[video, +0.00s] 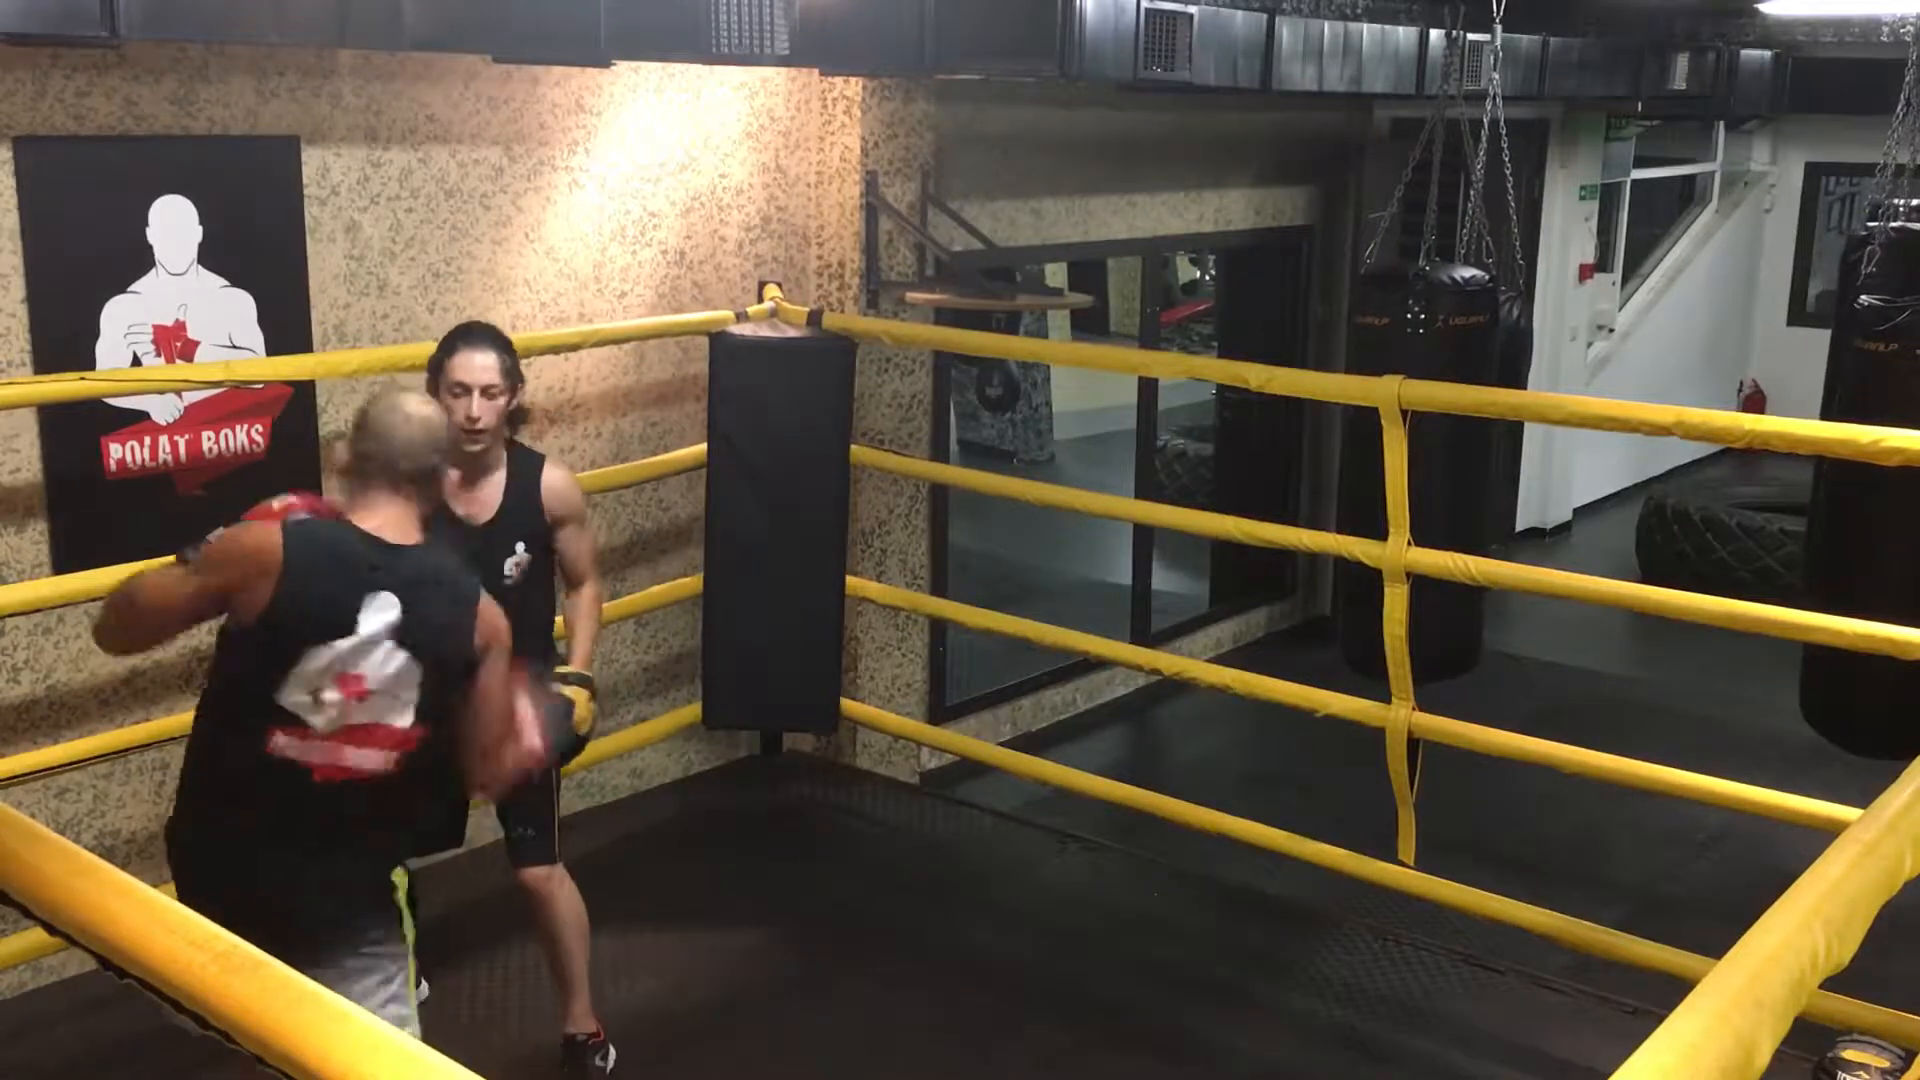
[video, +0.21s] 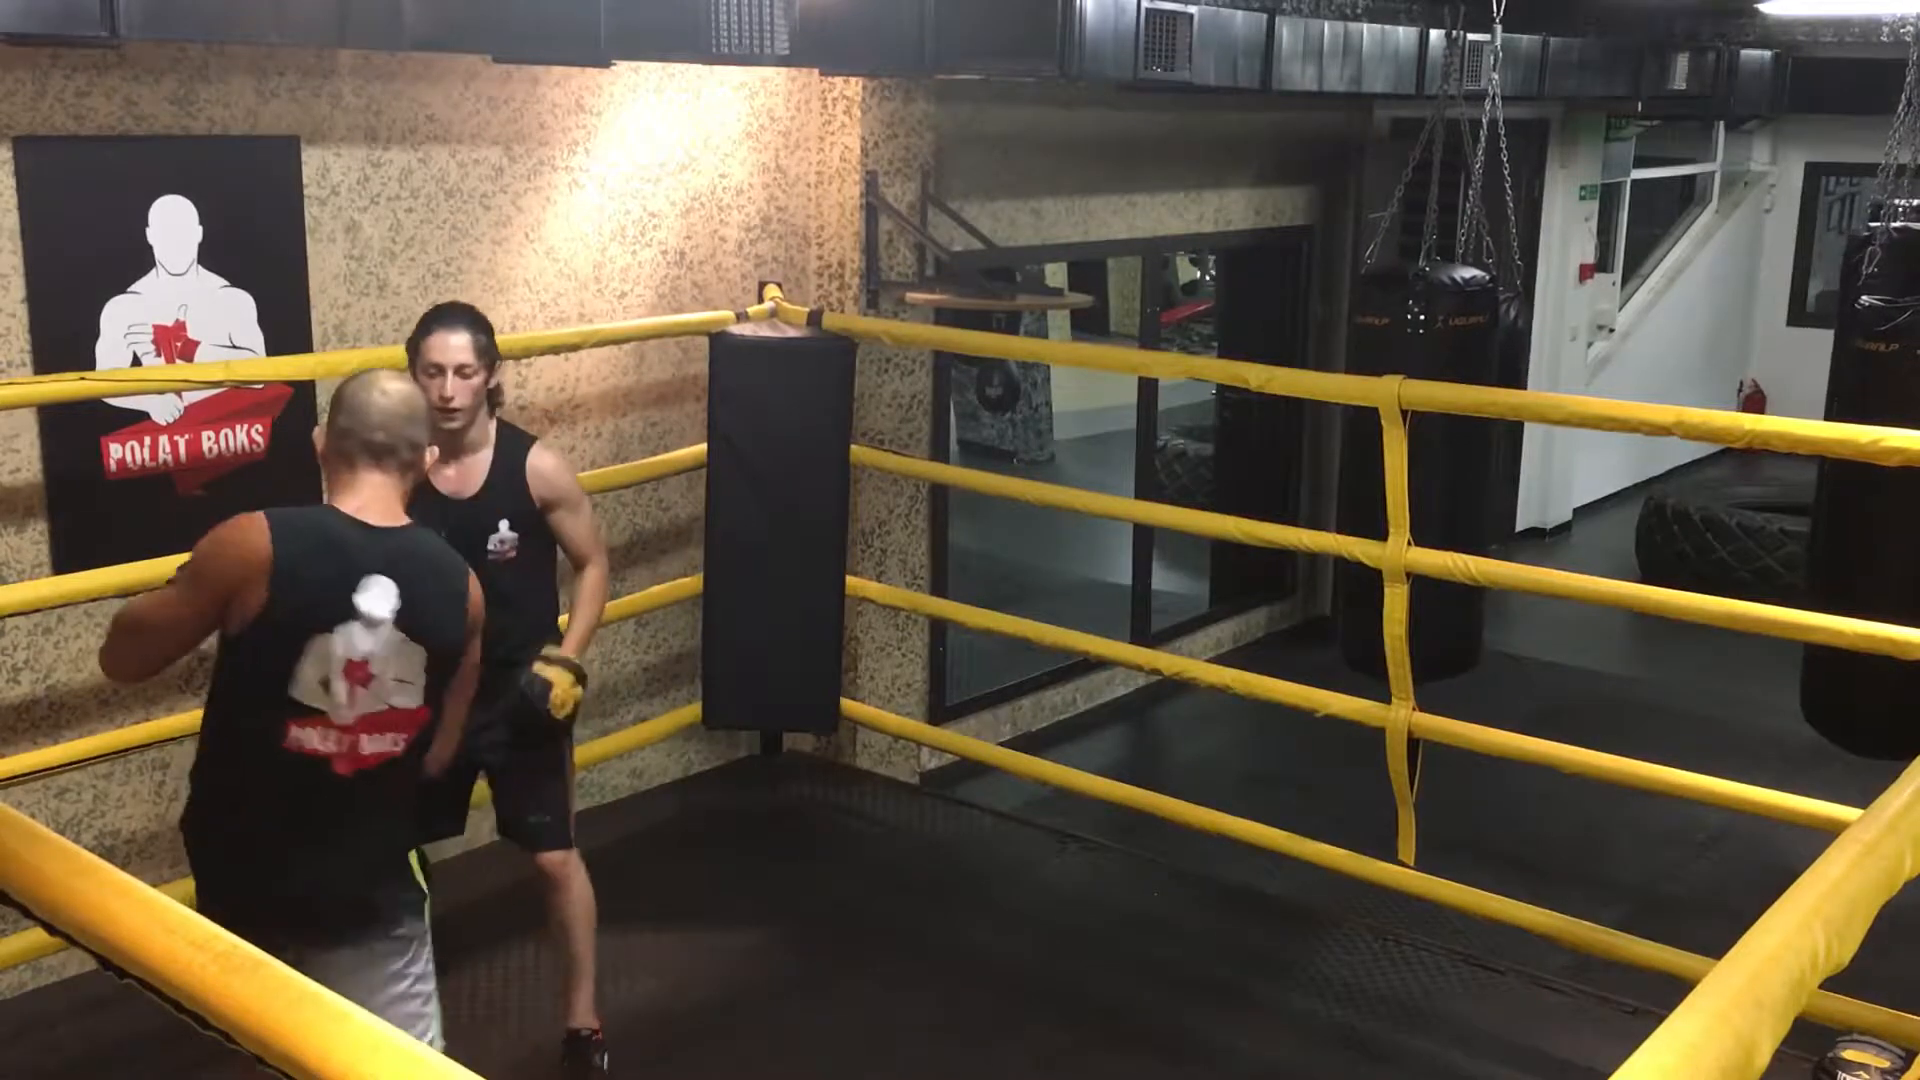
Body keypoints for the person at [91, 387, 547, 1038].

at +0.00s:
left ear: (346, 459)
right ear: (444, 484)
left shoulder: (265, 552)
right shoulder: (478, 617)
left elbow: (116, 627)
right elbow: (488, 774)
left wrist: (215, 554)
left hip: (224, 871)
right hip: (355, 888)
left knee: (249, 1049)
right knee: (378, 1067)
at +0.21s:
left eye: (320, 431)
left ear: (322, 444)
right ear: (426, 463)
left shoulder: (252, 546)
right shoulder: (460, 587)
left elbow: (123, 657)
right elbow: (438, 754)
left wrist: (205, 585)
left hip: (244, 875)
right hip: (373, 881)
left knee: (262, 1056)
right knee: (405, 1064)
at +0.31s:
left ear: (333, 451)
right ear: (438, 470)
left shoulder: (229, 543)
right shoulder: (450, 590)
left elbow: (96, 652)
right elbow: (453, 764)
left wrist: (190, 586)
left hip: (235, 875)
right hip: (362, 885)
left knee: (285, 1054)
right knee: (436, 1062)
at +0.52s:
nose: (459, 510)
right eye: (461, 499)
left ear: (351, 488)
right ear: (451, 507)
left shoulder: (256, 583)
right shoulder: (416, 644)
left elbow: (136, 683)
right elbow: (518, 733)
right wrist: (513, 605)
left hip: (245, 923)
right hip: (356, 940)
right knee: (415, 1065)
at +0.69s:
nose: (476, 464)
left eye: (476, 444)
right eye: (475, 444)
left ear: (365, 436)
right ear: (456, 449)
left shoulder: (261, 542)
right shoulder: (429, 584)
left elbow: (194, 649)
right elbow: (514, 722)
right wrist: (520, 575)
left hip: (261, 879)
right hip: (365, 895)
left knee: (282, 1055)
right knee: (378, 1064)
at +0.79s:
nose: (487, 448)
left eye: (488, 430)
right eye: (489, 429)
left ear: (379, 413)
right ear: (474, 428)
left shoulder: (280, 509)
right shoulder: (445, 552)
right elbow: (512, 722)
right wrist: (540, 578)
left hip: (263, 847)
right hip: (362, 867)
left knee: (307, 1051)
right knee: (432, 1057)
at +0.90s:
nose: (512, 478)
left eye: (508, 463)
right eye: (512, 467)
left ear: (398, 452)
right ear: (501, 474)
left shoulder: (308, 556)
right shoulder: (449, 604)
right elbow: (530, 773)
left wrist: (478, 572)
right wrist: (566, 628)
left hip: (286, 901)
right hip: (388, 923)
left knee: (308, 1066)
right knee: (437, 1072)